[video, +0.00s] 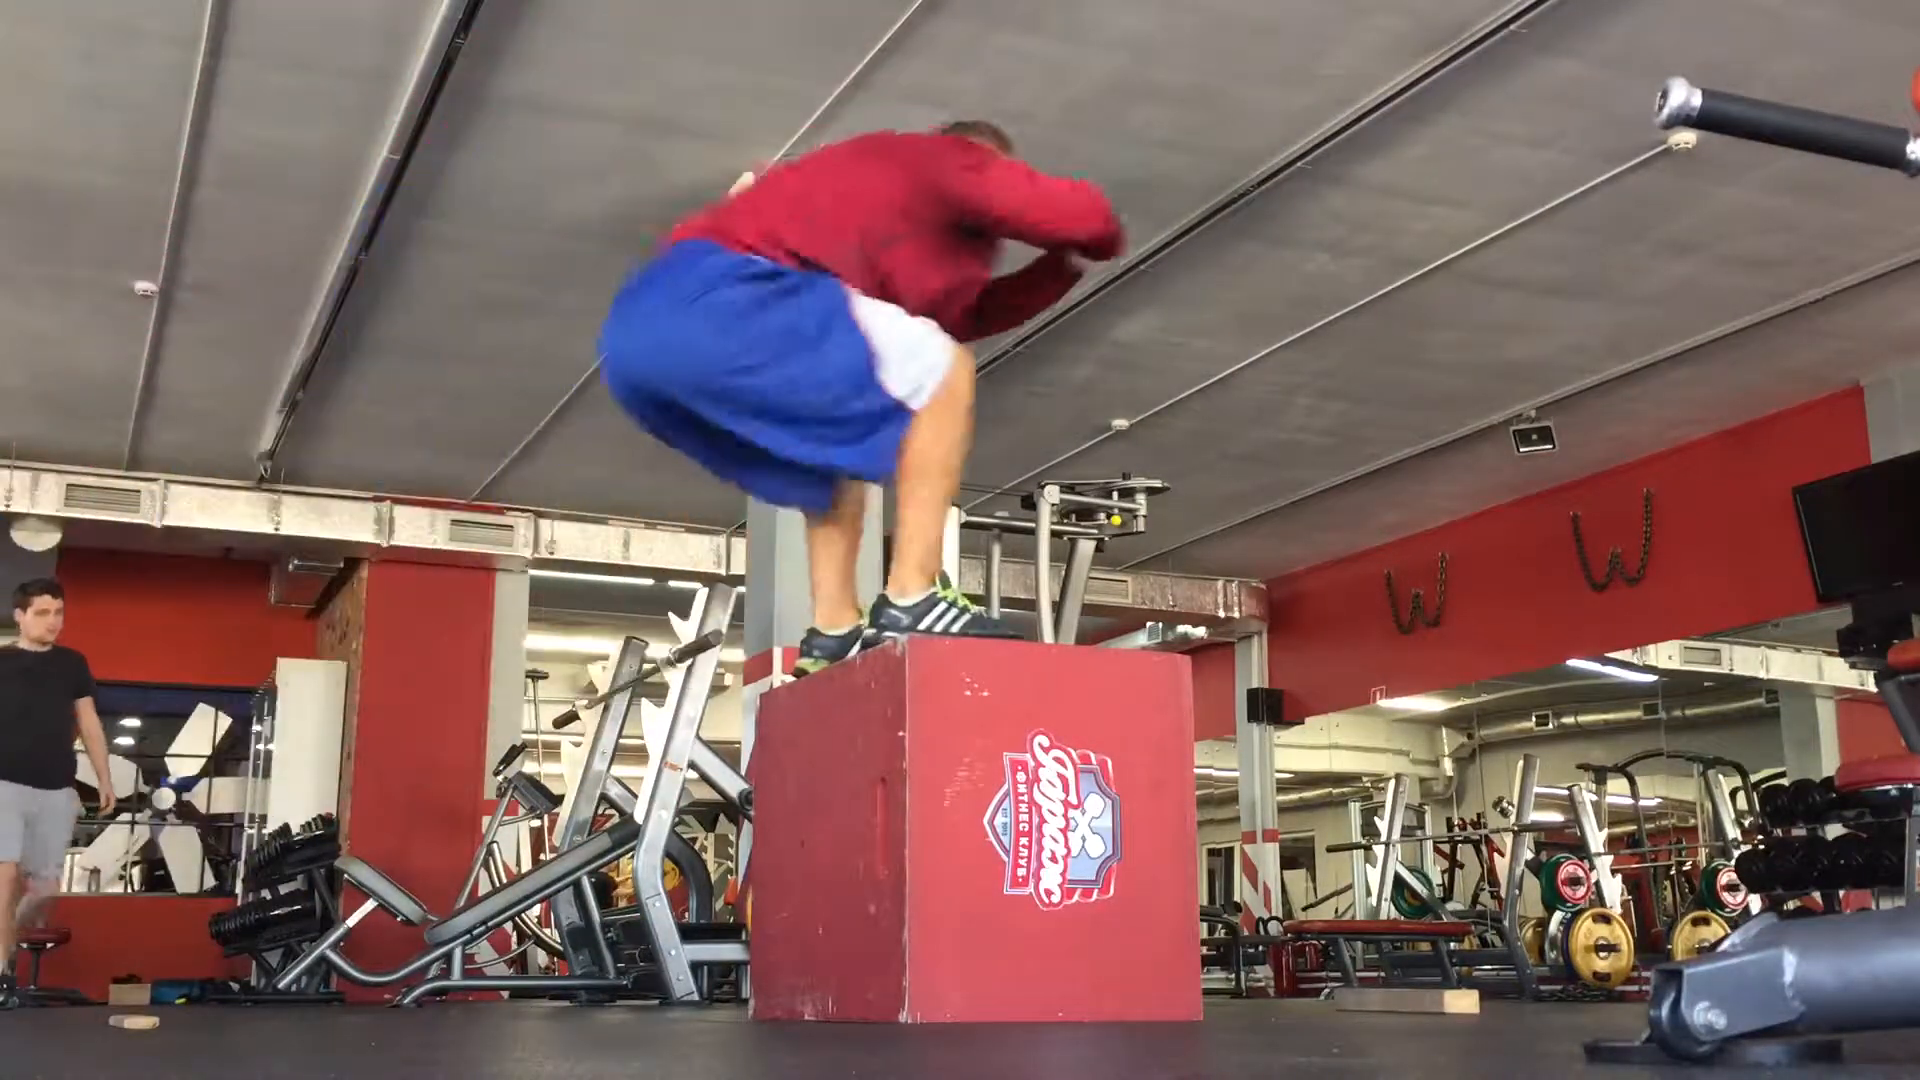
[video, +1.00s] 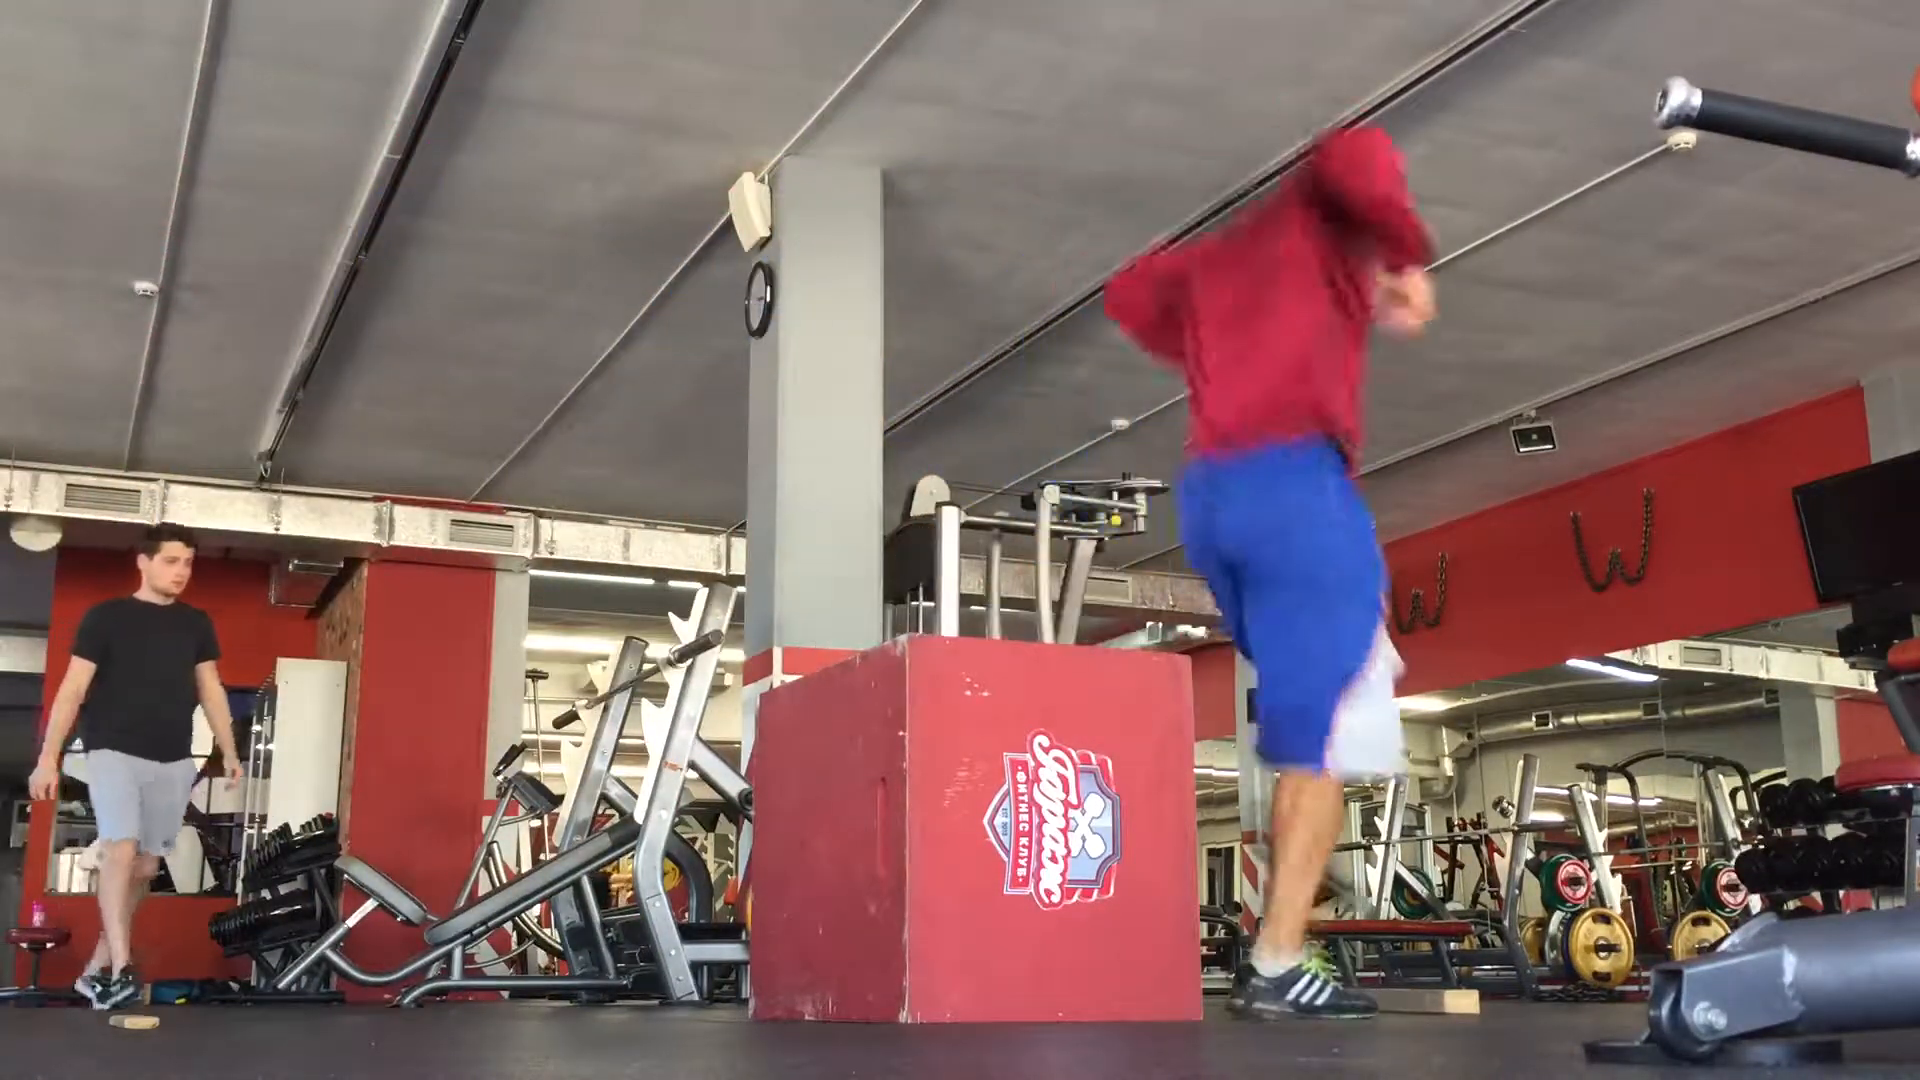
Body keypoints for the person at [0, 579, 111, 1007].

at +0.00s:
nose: (53, 620)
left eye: (58, 612)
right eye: (43, 612)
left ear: (63, 616)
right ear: (20, 616)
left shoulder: (72, 662)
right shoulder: (4, 659)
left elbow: (89, 722)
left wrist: (104, 779)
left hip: (57, 791)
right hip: (9, 786)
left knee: (44, 887)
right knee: (8, 878)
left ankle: (9, 951)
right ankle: (6, 969)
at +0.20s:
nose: (71, 606)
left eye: (77, 598)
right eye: (62, 597)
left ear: (82, 601)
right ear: (38, 599)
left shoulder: (89, 648)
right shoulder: (11, 647)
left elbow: (105, 711)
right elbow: (0, 707)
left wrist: (113, 771)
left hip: (75, 777)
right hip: (18, 779)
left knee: (77, 863)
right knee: (9, 873)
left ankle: (38, 968)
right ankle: (4, 975)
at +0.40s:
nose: (98, 606)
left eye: (104, 598)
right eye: (89, 597)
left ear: (108, 604)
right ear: (64, 601)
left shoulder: (114, 652)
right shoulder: (33, 646)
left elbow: (125, 720)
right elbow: (14, 709)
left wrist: (131, 777)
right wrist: (31, 753)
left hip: (94, 780)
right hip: (32, 780)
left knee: (88, 868)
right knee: (14, 877)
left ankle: (82, 975)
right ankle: (5, 973)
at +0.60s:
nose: (138, 589)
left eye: (144, 583)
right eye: (130, 580)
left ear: (146, 589)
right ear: (103, 581)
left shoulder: (147, 641)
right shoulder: (65, 630)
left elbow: (156, 710)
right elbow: (38, 695)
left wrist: (163, 774)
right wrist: (42, 751)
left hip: (128, 771)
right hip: (67, 771)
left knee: (111, 866)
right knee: (52, 872)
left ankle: (89, 980)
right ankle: (30, 940)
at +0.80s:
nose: (164, 576)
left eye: (169, 569)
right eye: (155, 566)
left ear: (173, 574)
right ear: (127, 567)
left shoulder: (175, 626)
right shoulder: (90, 616)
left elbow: (189, 692)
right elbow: (55, 686)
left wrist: (198, 751)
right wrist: (39, 752)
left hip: (147, 759)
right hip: (89, 752)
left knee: (119, 861)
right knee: (97, 843)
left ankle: (92, 972)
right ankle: (84, 968)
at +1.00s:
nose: (181, 571)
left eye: (187, 563)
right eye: (172, 561)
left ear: (191, 568)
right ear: (143, 562)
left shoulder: (196, 624)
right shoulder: (106, 616)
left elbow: (211, 691)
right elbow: (72, 691)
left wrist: (229, 750)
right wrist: (48, 759)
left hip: (171, 762)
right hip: (113, 753)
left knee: (145, 867)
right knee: (121, 851)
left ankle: (95, 971)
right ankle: (122, 970)